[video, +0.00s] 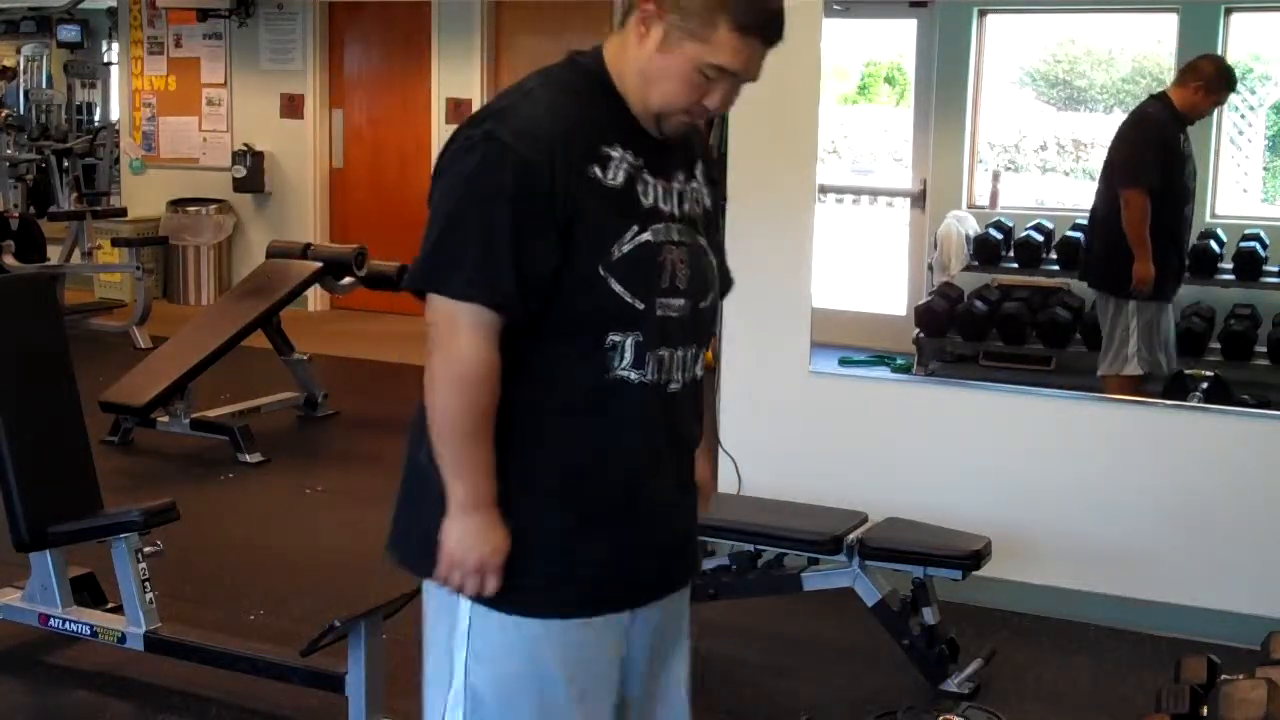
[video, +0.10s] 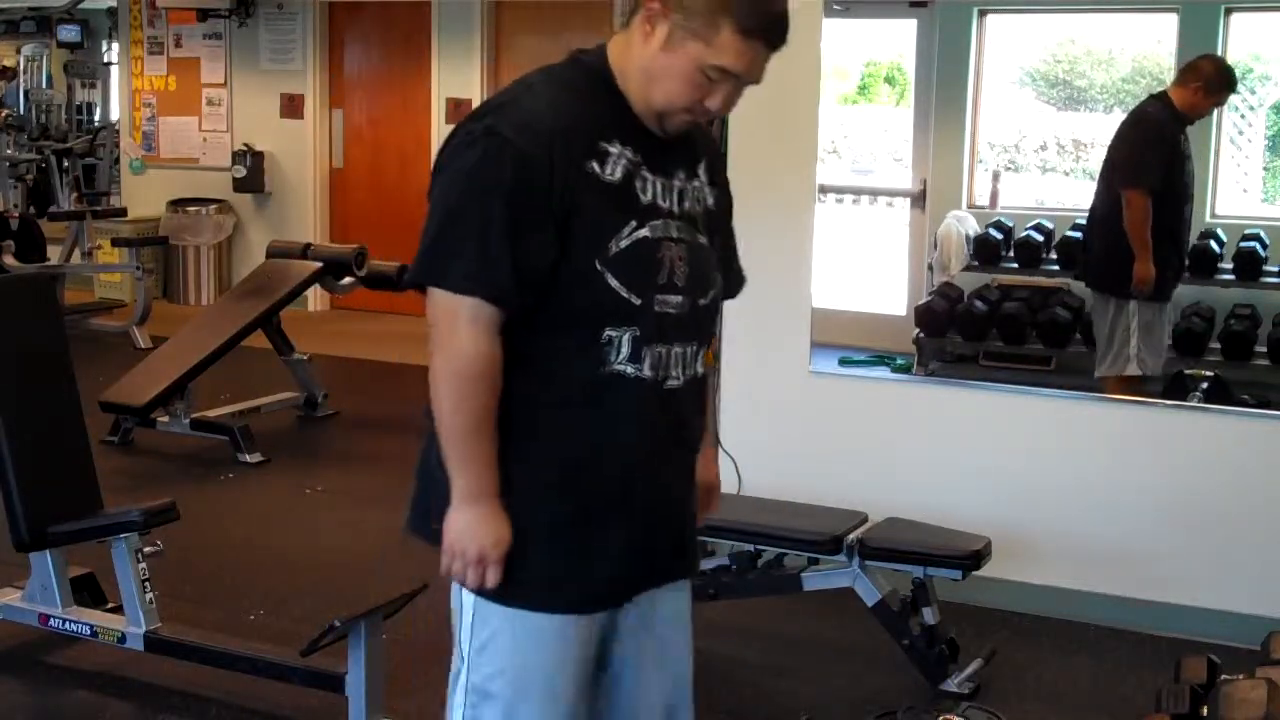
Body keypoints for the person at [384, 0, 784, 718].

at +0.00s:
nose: (719, 105)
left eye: (738, 84)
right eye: (710, 74)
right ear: (646, 21)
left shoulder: (692, 147)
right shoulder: (516, 140)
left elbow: (693, 317)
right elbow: (459, 323)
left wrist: (700, 441)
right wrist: (470, 505)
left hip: (652, 544)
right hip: (524, 558)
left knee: (648, 707)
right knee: (516, 709)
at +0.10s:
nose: (720, 106)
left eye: (740, 86)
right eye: (711, 75)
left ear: (756, 76)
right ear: (651, 22)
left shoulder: (697, 147)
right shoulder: (518, 135)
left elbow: (698, 315)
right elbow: (460, 319)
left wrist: (703, 442)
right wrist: (473, 497)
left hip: (655, 525)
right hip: (532, 532)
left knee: (653, 713)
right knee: (516, 711)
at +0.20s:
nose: (715, 102)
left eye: (734, 81)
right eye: (706, 71)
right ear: (645, 20)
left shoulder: (697, 141)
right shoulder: (510, 134)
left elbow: (697, 313)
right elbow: (451, 319)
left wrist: (702, 442)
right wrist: (458, 499)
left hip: (648, 526)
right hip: (526, 532)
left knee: (651, 712)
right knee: (509, 712)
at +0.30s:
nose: (708, 101)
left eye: (727, 79)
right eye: (698, 70)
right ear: (635, 19)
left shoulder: (691, 139)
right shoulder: (502, 136)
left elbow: (692, 311)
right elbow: (442, 323)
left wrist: (701, 438)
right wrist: (445, 507)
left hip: (645, 541)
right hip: (515, 550)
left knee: (634, 714)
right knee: (496, 711)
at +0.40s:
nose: (701, 102)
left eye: (718, 82)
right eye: (693, 73)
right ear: (628, 22)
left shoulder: (670, 150)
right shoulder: (491, 138)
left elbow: (663, 319)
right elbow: (432, 329)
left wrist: (681, 440)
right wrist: (437, 515)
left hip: (631, 552)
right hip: (501, 564)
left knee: (626, 711)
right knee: (485, 710)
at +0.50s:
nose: (695, 112)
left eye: (713, 93)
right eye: (688, 83)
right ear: (624, 31)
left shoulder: (653, 153)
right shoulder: (484, 148)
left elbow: (648, 321)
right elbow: (421, 341)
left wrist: (668, 442)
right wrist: (429, 525)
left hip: (622, 554)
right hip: (491, 571)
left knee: (626, 709)